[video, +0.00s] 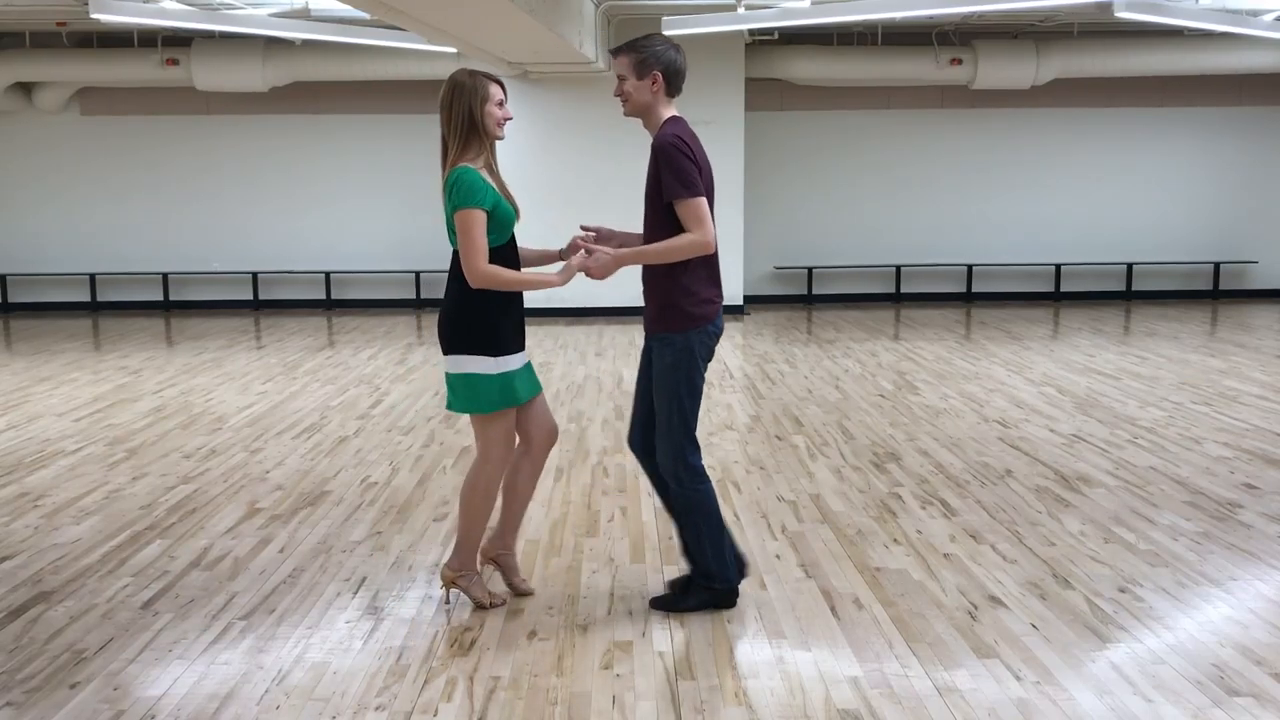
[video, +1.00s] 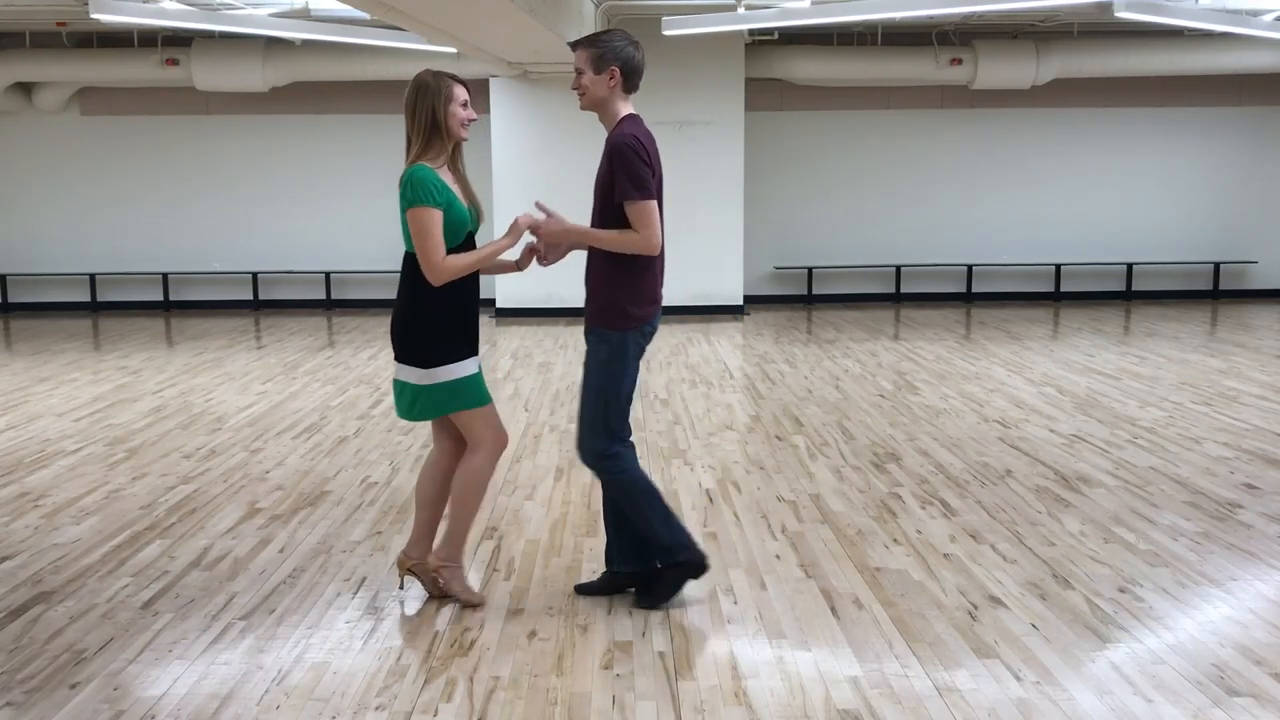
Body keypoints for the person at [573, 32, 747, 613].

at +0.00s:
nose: (616, 92)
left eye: (622, 81)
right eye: (615, 82)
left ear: (656, 81)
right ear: (653, 84)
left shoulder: (673, 143)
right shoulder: (669, 139)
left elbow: (702, 238)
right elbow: (676, 235)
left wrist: (622, 259)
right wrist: (616, 240)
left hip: (686, 324)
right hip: (672, 323)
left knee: (672, 447)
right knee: (646, 439)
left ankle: (716, 578)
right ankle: (717, 557)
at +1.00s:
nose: (573, 85)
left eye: (580, 74)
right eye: (573, 75)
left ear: (612, 77)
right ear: (612, 79)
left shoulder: (628, 139)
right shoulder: (625, 136)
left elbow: (648, 240)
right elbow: (626, 233)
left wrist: (574, 235)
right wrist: (568, 234)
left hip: (622, 318)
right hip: (615, 315)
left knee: (600, 446)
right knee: (607, 443)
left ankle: (678, 556)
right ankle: (630, 566)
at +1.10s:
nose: (565, 84)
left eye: (572, 74)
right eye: (566, 74)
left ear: (603, 77)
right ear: (604, 78)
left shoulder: (620, 143)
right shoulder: (616, 139)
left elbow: (641, 242)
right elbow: (619, 236)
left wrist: (560, 251)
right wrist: (556, 254)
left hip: (610, 320)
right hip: (611, 316)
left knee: (570, 442)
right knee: (606, 436)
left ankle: (628, 569)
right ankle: (637, 567)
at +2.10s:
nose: (586, 85)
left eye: (591, 74)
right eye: (586, 74)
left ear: (623, 74)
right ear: (622, 77)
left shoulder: (641, 136)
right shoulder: (640, 133)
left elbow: (667, 231)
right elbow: (641, 226)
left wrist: (587, 224)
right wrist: (581, 214)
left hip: (645, 320)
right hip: (629, 317)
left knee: (654, 445)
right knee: (609, 434)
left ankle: (710, 570)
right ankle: (630, 563)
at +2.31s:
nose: (607, 88)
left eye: (613, 77)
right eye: (607, 78)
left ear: (645, 78)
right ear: (645, 80)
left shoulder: (663, 141)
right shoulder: (663, 137)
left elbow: (687, 239)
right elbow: (667, 236)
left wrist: (607, 263)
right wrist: (607, 241)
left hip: (677, 322)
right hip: (660, 320)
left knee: (668, 446)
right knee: (636, 436)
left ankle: (713, 580)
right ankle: (685, 565)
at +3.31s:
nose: (577, 82)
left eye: (583, 72)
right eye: (577, 72)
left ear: (614, 75)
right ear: (614, 77)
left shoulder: (627, 139)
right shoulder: (633, 134)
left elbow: (644, 236)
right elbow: (634, 224)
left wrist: (572, 217)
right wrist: (578, 224)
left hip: (629, 318)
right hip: (619, 316)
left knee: (615, 442)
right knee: (607, 440)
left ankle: (696, 558)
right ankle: (632, 568)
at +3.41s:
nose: (565, 84)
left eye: (572, 74)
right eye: (565, 74)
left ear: (602, 77)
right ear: (606, 78)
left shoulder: (617, 142)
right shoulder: (623, 137)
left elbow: (633, 241)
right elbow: (621, 237)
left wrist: (553, 244)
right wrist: (550, 244)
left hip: (610, 318)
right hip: (616, 315)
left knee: (574, 442)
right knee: (600, 437)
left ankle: (643, 565)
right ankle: (628, 567)